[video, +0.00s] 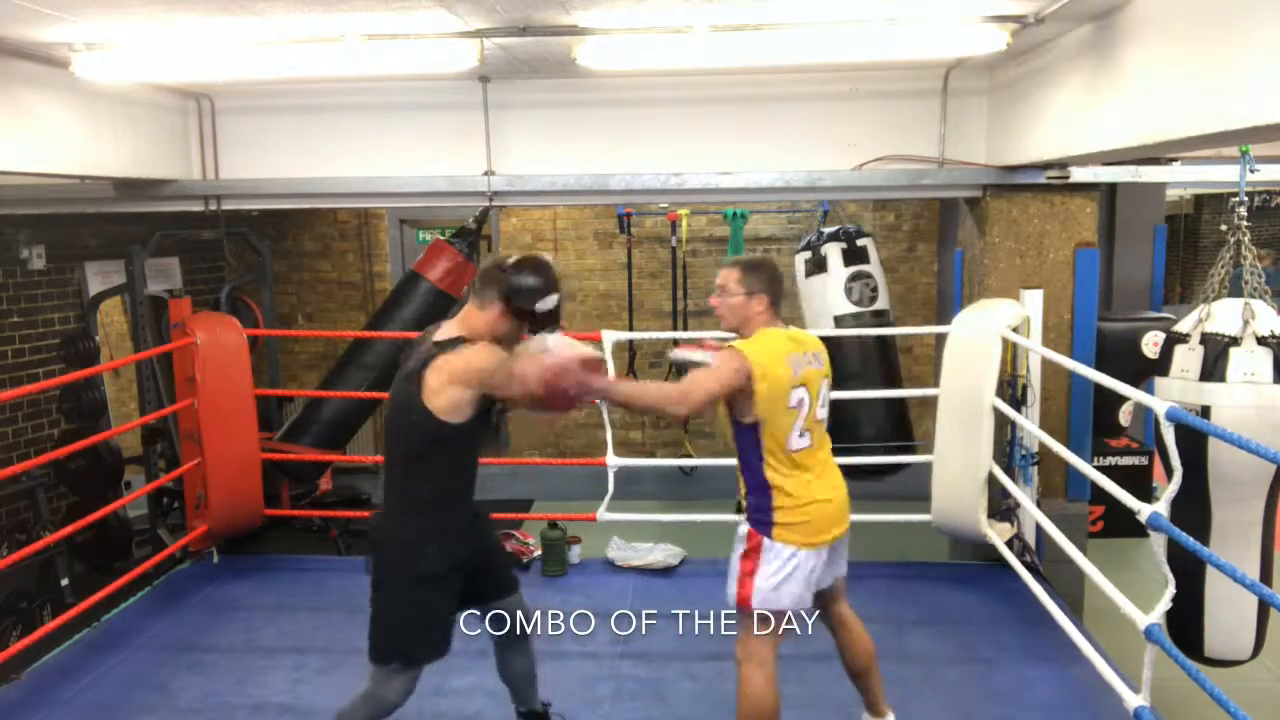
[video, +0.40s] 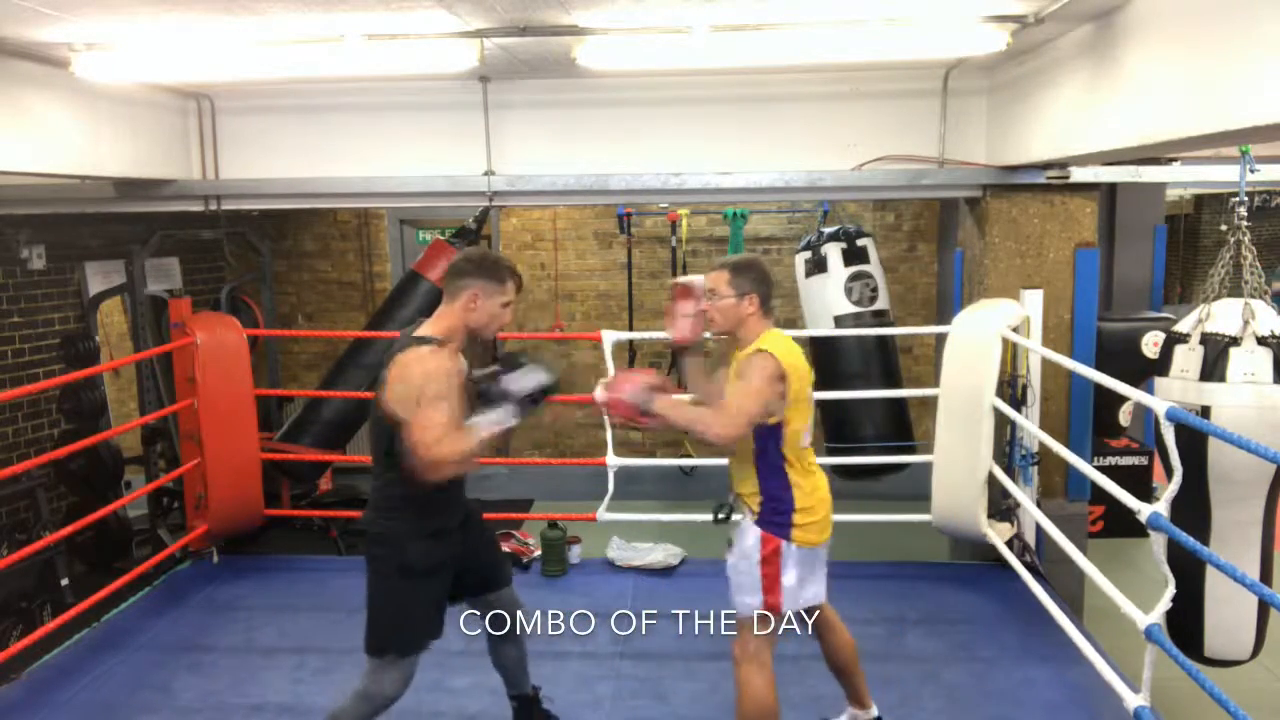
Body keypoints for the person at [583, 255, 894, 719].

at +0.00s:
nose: (712, 301)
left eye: (722, 293)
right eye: (715, 291)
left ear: (758, 302)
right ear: (763, 303)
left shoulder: (743, 357)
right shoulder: (811, 345)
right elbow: (782, 383)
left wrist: (599, 385)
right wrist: (731, 359)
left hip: (780, 522)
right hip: (831, 507)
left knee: (754, 653)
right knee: (837, 609)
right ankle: (880, 712)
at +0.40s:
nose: (705, 306)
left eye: (714, 296)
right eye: (705, 296)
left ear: (749, 303)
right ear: (748, 305)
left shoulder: (765, 358)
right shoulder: (767, 347)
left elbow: (726, 429)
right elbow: (711, 405)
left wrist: (652, 402)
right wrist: (688, 350)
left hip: (775, 519)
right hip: (801, 510)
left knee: (751, 652)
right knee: (815, 610)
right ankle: (863, 708)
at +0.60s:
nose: (695, 306)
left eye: (705, 297)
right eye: (696, 296)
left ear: (740, 303)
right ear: (744, 304)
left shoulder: (749, 359)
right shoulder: (783, 347)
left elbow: (704, 421)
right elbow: (743, 415)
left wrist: (625, 390)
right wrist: (676, 421)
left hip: (757, 525)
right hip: (798, 512)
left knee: (735, 652)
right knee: (811, 612)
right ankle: (854, 712)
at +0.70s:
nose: (685, 314)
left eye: (693, 303)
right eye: (686, 304)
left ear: (726, 308)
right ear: (730, 309)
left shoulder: (723, 362)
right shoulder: (788, 354)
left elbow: (653, 422)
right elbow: (784, 438)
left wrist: (583, 388)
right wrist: (722, 459)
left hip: (759, 531)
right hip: (805, 517)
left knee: (725, 652)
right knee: (808, 609)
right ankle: (854, 705)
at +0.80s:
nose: (671, 318)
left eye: (679, 308)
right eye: (672, 308)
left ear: (712, 312)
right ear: (716, 313)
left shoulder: (734, 362)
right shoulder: (756, 350)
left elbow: (685, 427)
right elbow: (748, 422)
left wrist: (621, 389)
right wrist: (692, 442)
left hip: (759, 537)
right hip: (797, 523)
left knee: (727, 657)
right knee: (807, 611)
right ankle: (860, 706)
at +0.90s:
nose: (669, 321)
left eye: (677, 310)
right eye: (671, 310)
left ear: (710, 313)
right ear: (706, 315)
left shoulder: (754, 355)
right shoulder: (705, 372)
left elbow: (718, 404)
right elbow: (655, 426)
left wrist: (662, 366)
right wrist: (581, 427)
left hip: (770, 534)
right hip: (766, 528)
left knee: (737, 664)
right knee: (807, 620)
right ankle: (863, 709)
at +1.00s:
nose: (673, 322)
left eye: (682, 310)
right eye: (671, 314)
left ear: (713, 311)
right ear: (709, 315)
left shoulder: (763, 346)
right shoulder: (695, 381)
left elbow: (722, 368)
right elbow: (639, 428)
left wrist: (656, 309)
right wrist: (560, 435)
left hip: (770, 534)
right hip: (760, 532)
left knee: (737, 665)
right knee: (811, 634)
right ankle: (852, 716)